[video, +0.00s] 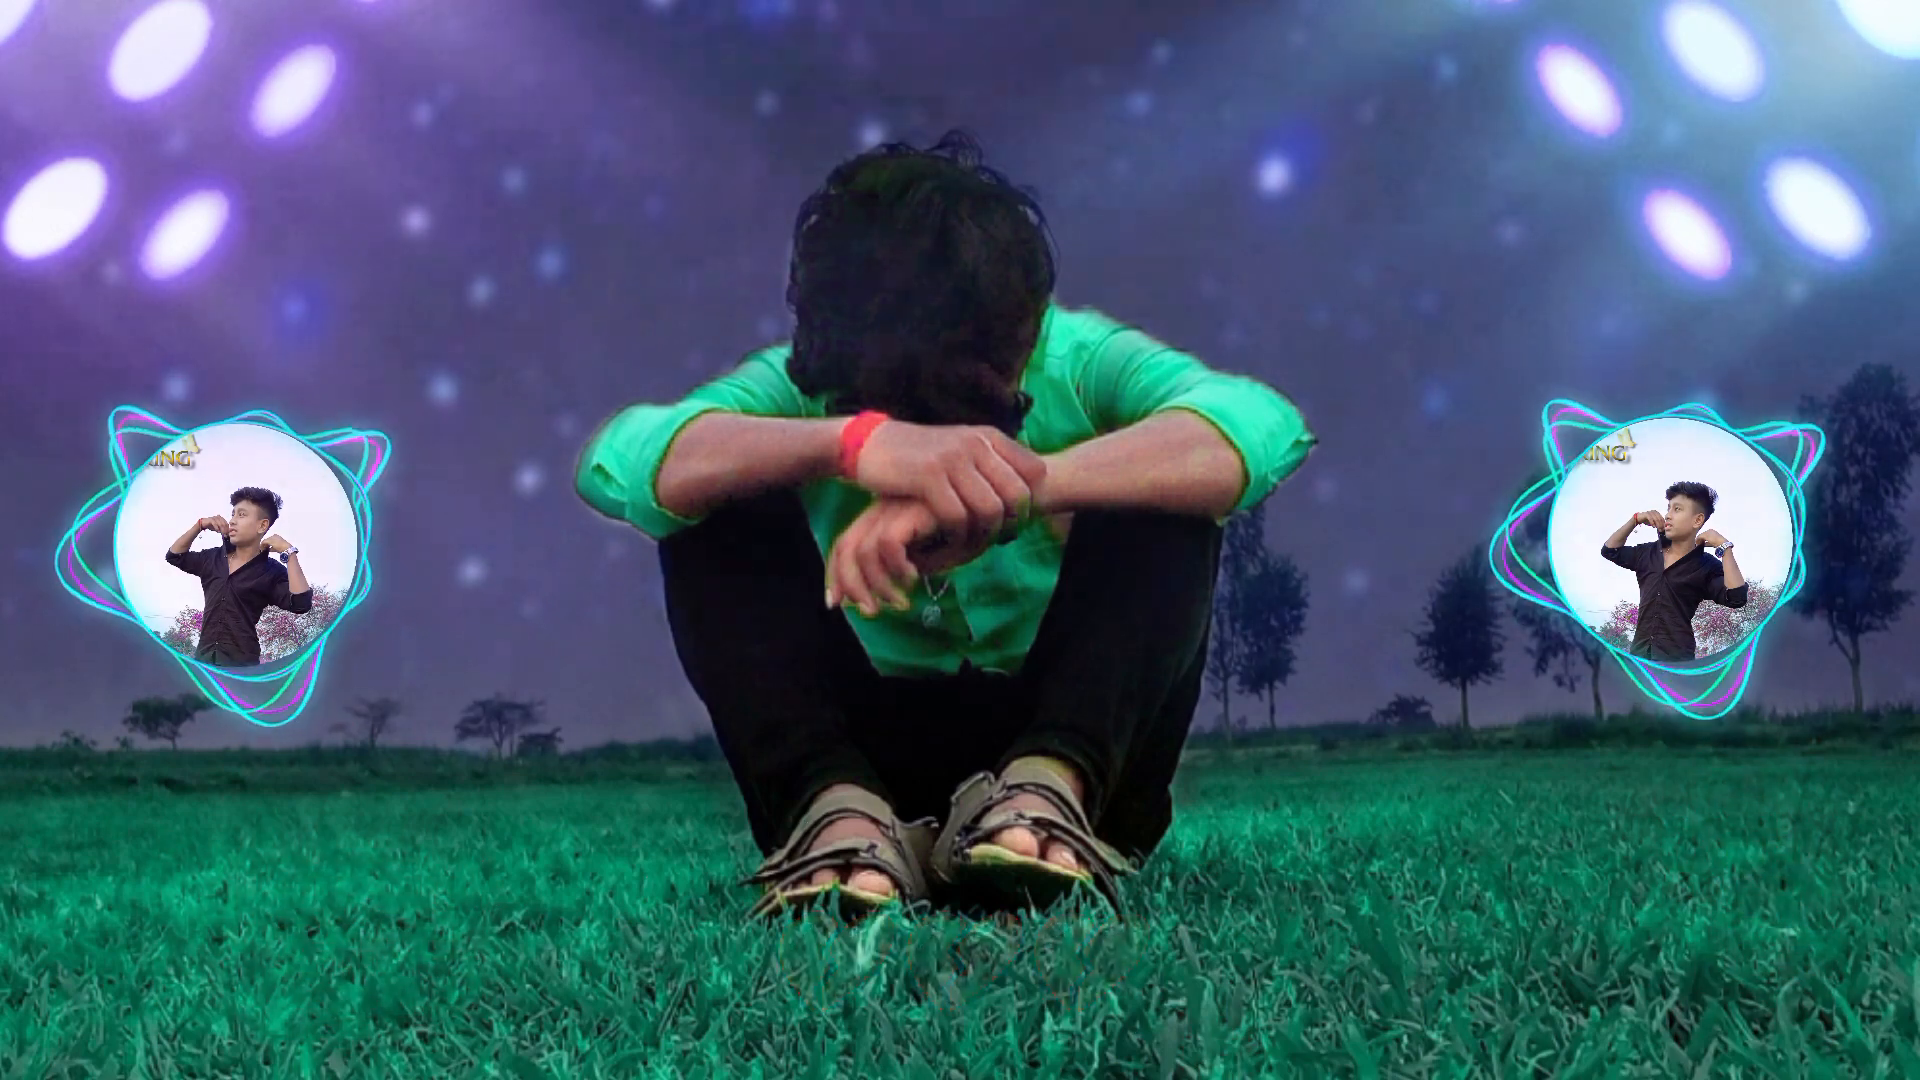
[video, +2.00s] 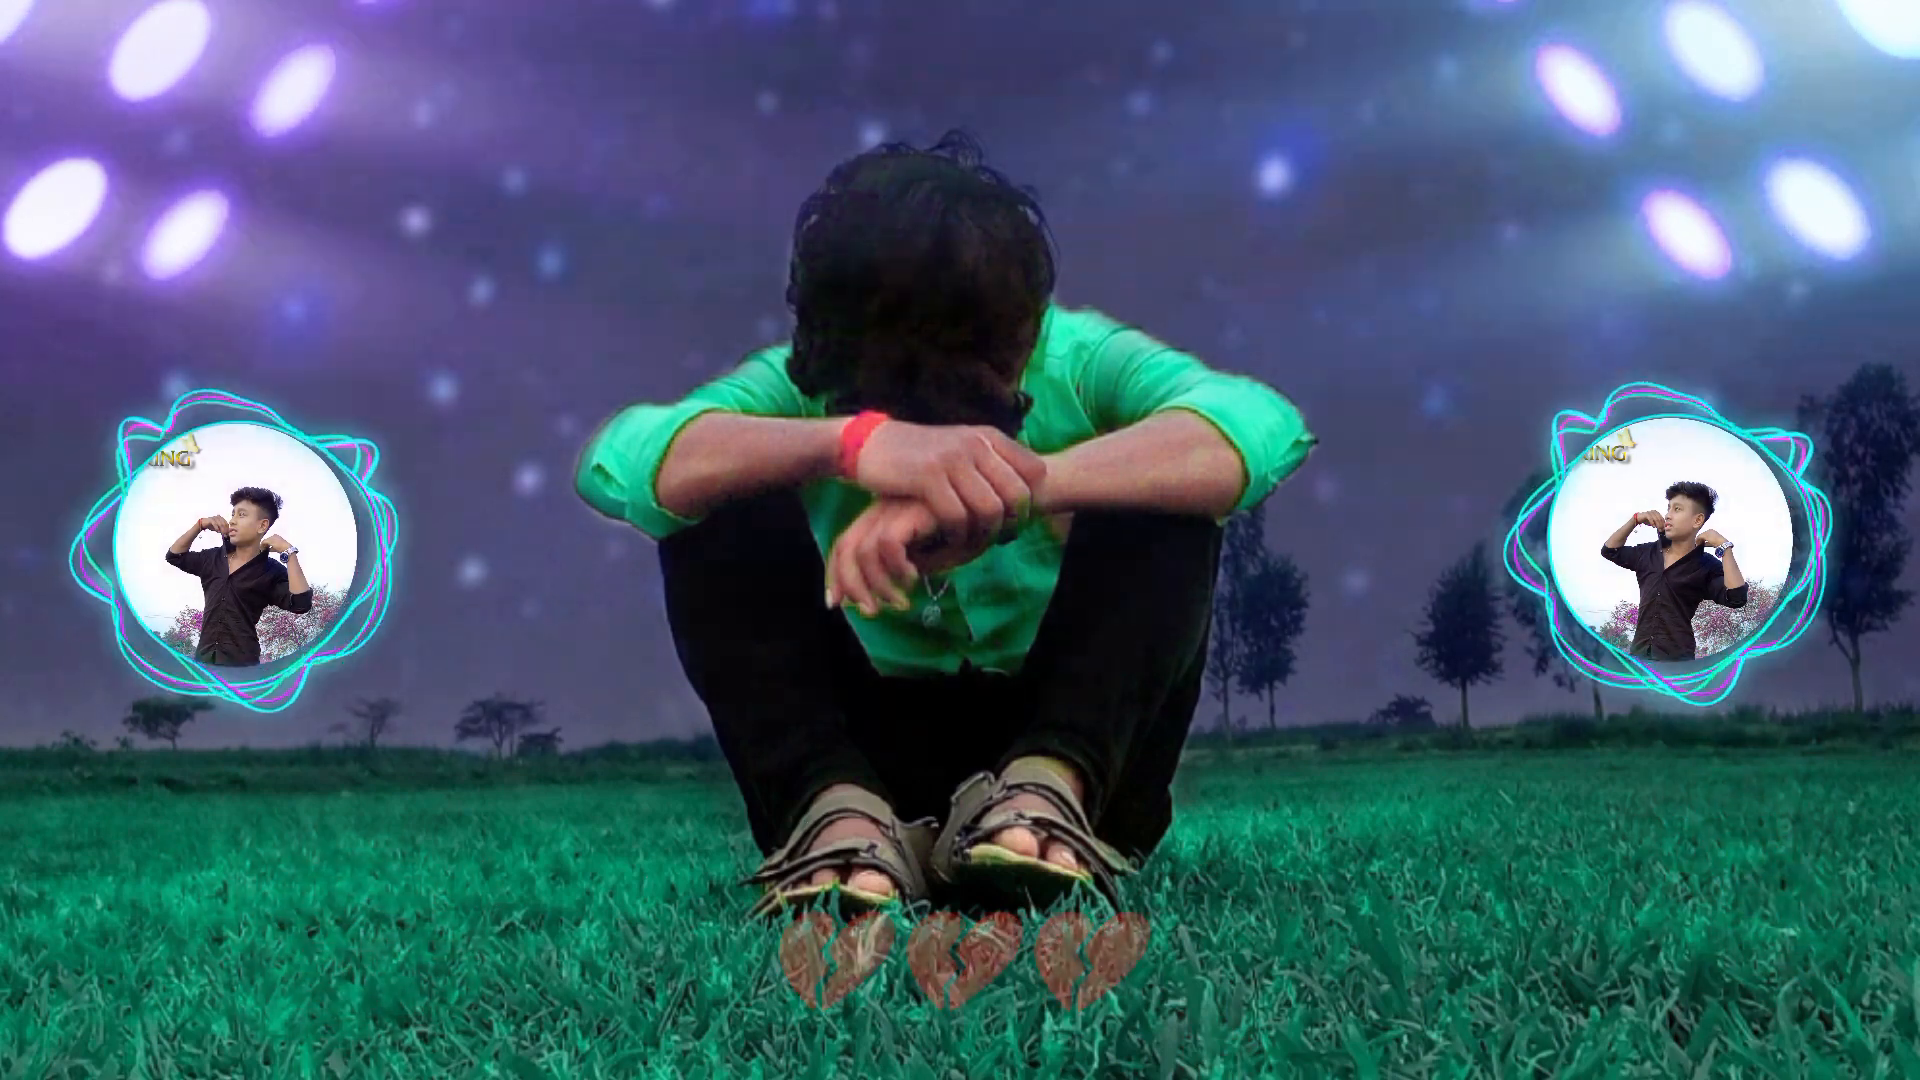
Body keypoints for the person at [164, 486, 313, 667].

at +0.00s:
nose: (232, 521)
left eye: (242, 515)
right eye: (233, 514)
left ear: (263, 525)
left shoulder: (270, 570)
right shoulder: (212, 558)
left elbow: (301, 605)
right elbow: (174, 557)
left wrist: (290, 553)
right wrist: (199, 526)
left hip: (242, 662)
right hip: (203, 658)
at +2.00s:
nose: (232, 521)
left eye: (242, 515)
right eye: (233, 515)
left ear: (263, 525)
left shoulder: (270, 570)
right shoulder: (212, 558)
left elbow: (301, 604)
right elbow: (174, 557)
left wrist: (289, 553)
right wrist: (199, 526)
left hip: (242, 665)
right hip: (203, 660)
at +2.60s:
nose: (232, 521)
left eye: (242, 515)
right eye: (233, 514)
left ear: (263, 525)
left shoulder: (270, 569)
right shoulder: (212, 558)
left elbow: (301, 604)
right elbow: (174, 556)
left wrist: (290, 553)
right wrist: (199, 526)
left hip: (242, 663)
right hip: (204, 658)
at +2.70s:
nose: (232, 521)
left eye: (242, 515)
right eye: (233, 514)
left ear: (263, 525)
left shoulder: (270, 569)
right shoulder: (212, 558)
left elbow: (301, 605)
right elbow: (174, 557)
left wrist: (290, 553)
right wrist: (199, 526)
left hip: (242, 663)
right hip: (204, 659)